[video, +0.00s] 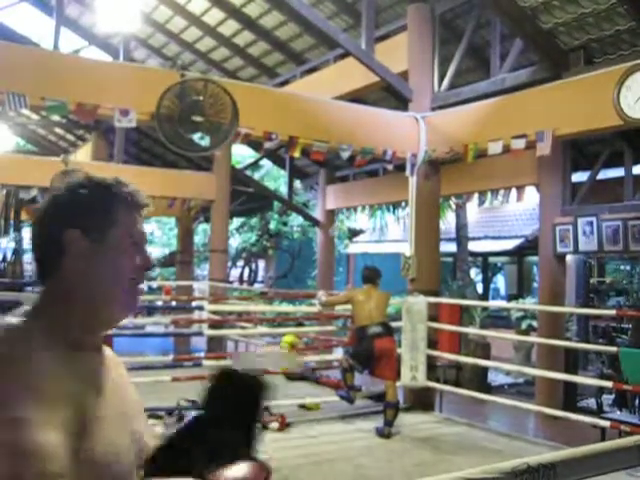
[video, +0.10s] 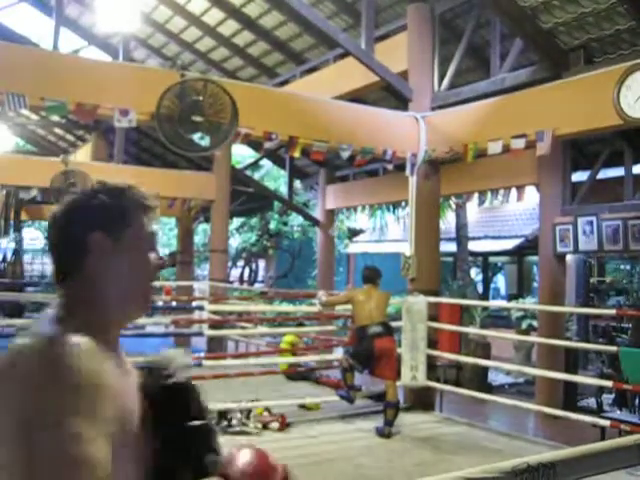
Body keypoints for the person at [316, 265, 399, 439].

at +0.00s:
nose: (378, 283)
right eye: (378, 280)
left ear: (363, 279)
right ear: (378, 281)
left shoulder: (354, 294)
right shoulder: (385, 296)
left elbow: (328, 302)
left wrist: (322, 297)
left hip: (366, 338)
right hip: (386, 338)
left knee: (347, 360)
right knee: (390, 384)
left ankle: (349, 390)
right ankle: (388, 426)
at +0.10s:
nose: (378, 283)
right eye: (378, 280)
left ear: (363, 279)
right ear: (378, 281)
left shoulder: (354, 294)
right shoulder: (385, 296)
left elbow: (328, 302)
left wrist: (322, 297)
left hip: (366, 339)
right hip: (387, 339)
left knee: (347, 359)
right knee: (391, 384)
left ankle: (350, 390)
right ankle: (388, 426)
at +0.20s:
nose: (378, 282)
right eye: (378, 279)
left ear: (363, 279)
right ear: (378, 280)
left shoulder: (354, 294)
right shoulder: (385, 295)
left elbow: (328, 302)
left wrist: (322, 296)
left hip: (367, 339)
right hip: (387, 338)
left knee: (347, 359)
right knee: (391, 383)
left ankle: (350, 389)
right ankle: (388, 425)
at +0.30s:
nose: (379, 282)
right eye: (379, 279)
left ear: (363, 279)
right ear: (378, 280)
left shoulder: (354, 294)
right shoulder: (384, 295)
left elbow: (328, 301)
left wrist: (322, 296)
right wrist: (349, 292)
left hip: (367, 338)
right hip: (387, 337)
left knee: (347, 359)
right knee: (391, 383)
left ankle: (350, 389)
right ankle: (388, 426)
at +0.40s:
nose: (379, 282)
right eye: (379, 279)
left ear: (363, 279)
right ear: (378, 280)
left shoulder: (354, 294)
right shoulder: (385, 295)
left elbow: (328, 301)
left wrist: (322, 296)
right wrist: (350, 292)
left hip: (366, 338)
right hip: (387, 337)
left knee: (347, 359)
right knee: (391, 383)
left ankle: (349, 389)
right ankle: (388, 426)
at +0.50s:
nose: (377, 282)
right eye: (377, 279)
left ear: (362, 279)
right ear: (378, 280)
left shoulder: (354, 294)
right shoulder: (385, 295)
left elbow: (329, 301)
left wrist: (323, 297)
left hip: (366, 338)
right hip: (387, 337)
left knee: (347, 358)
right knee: (390, 383)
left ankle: (349, 389)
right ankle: (388, 427)